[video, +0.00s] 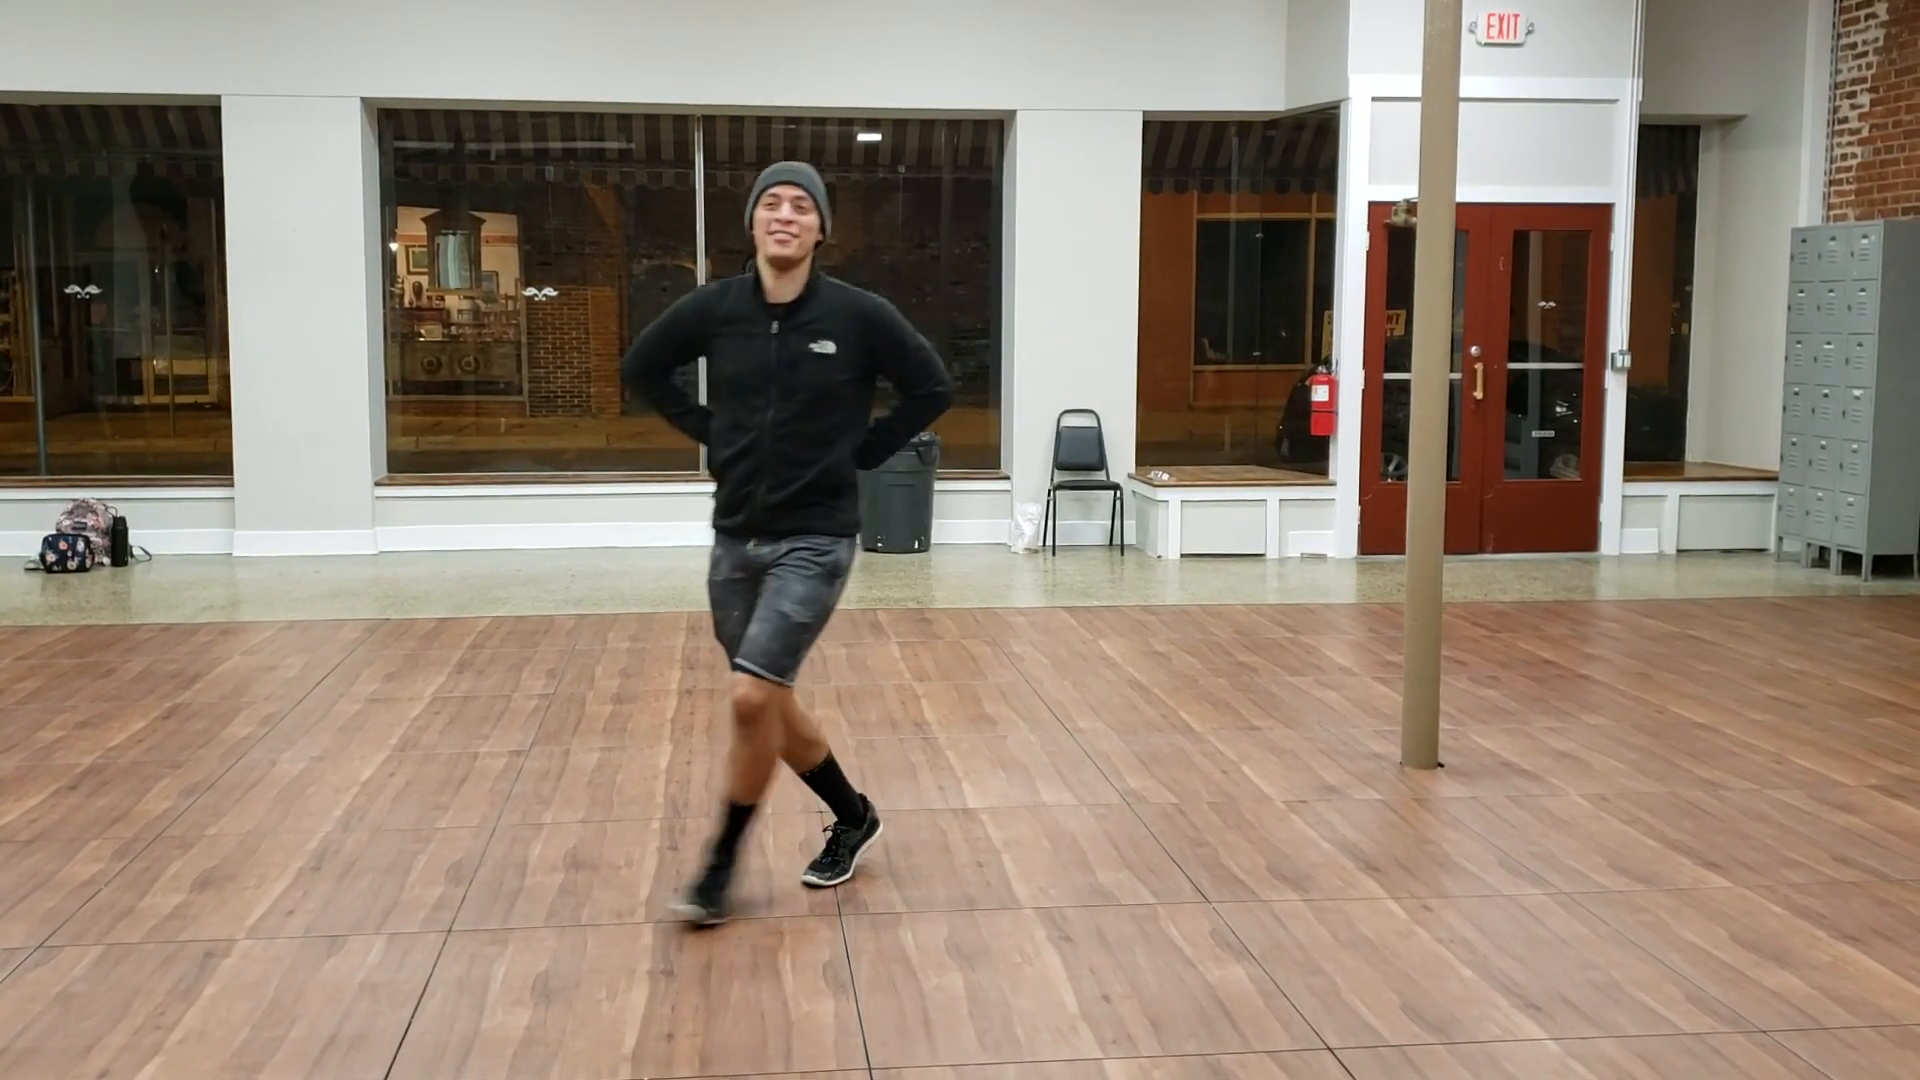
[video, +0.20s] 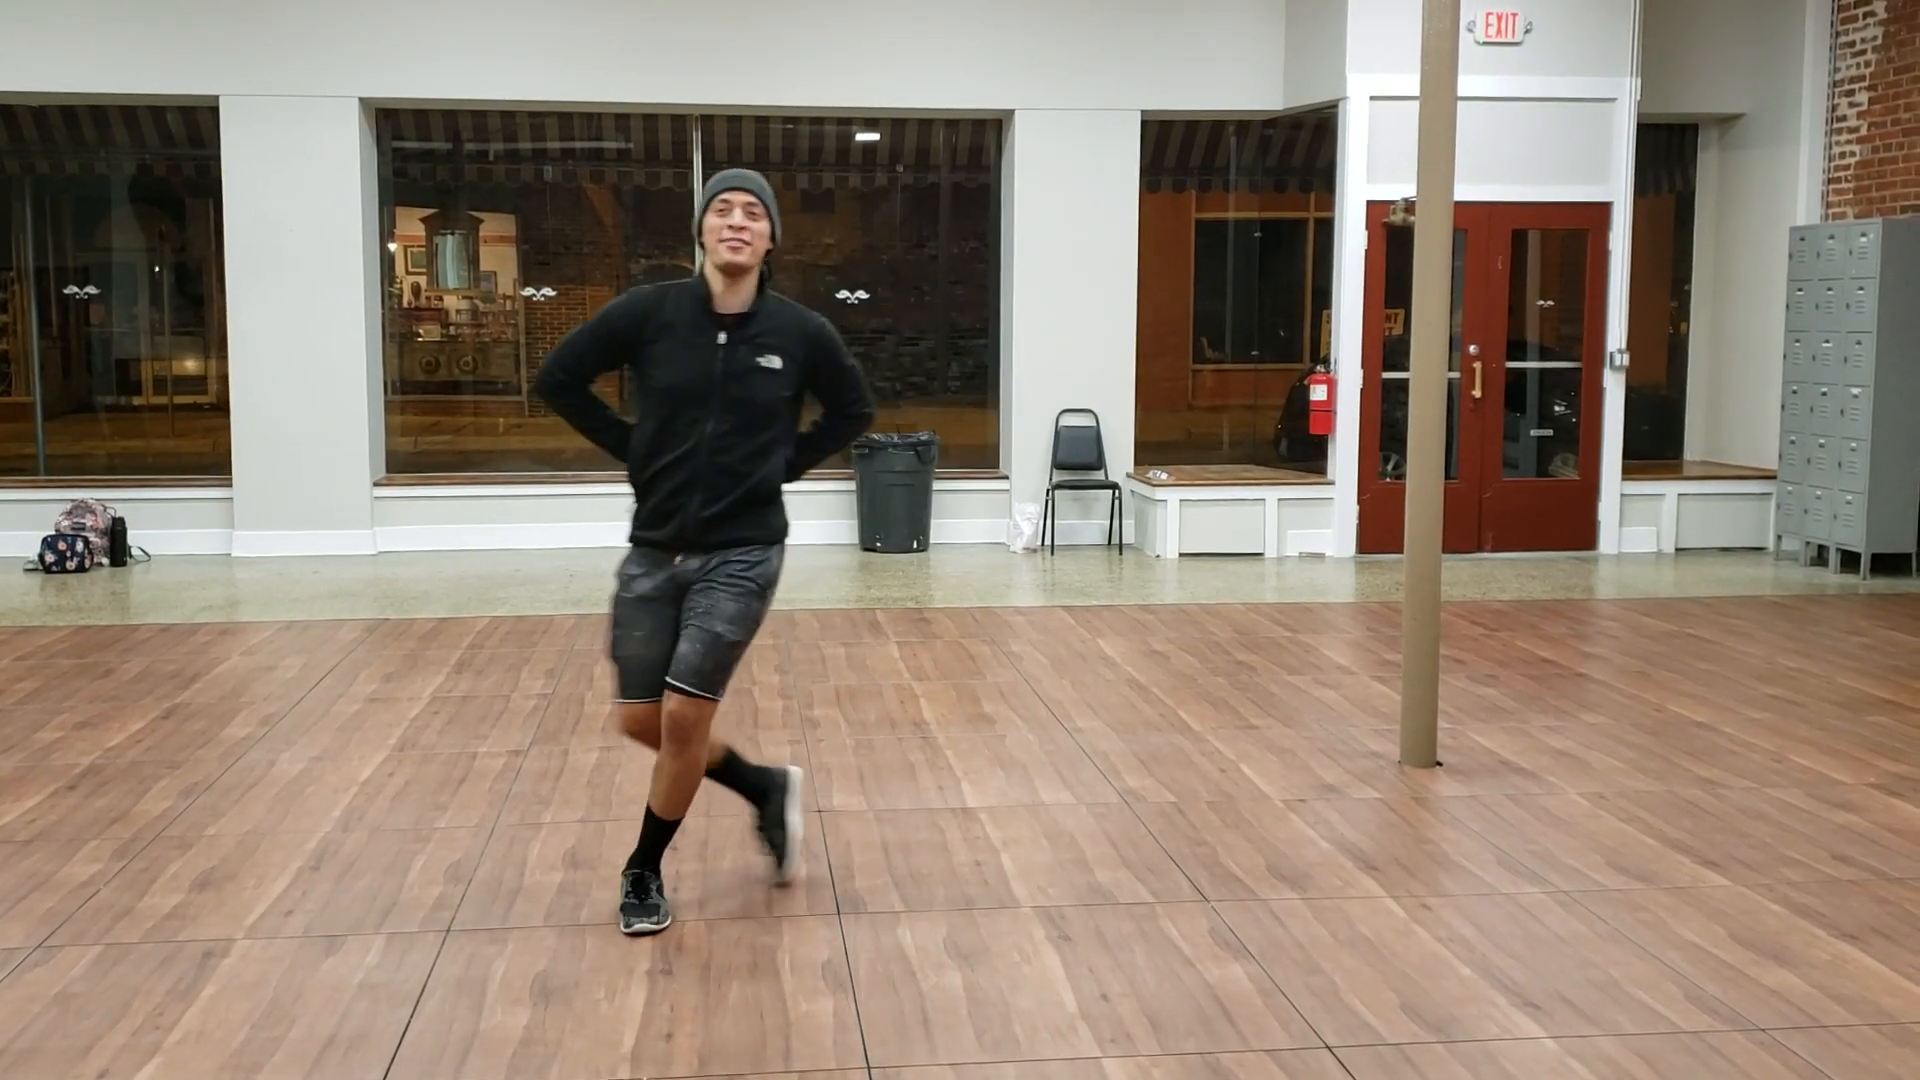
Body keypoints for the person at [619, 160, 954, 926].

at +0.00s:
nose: (785, 216)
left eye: (800, 207)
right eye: (772, 205)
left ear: (821, 229)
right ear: (751, 224)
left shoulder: (858, 314)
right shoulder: (713, 307)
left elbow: (932, 390)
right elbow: (640, 373)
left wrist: (857, 457)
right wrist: (710, 430)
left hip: (816, 538)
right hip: (735, 535)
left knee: (752, 694)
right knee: (763, 703)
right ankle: (852, 813)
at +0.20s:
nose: (737, 223)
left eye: (751, 215)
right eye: (724, 212)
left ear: (770, 239)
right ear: (699, 232)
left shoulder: (802, 332)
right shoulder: (648, 310)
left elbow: (854, 412)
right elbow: (556, 382)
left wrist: (783, 466)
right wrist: (633, 448)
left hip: (742, 546)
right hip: (654, 541)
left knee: (683, 714)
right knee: (637, 715)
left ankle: (644, 872)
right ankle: (764, 788)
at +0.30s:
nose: (708, 217)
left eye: (721, 208)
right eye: (694, 207)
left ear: (741, 231)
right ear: (670, 226)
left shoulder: (775, 325)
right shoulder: (620, 308)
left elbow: (824, 406)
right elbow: (520, 375)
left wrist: (752, 459)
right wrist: (602, 447)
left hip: (719, 548)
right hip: (623, 544)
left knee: (675, 718)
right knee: (575, 708)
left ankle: (642, 874)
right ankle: (680, 785)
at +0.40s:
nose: (674, 204)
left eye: (687, 192)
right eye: (660, 193)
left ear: (709, 213)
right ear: (636, 213)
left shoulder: (749, 305)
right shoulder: (589, 297)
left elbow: (793, 385)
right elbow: (488, 369)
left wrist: (727, 443)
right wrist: (578, 437)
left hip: (698, 540)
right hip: (597, 536)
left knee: (670, 707)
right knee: (540, 698)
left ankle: (641, 870)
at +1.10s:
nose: (671, 205)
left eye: (682, 194)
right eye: (653, 195)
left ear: (698, 214)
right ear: (625, 218)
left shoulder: (754, 291)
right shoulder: (593, 315)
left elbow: (832, 362)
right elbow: (509, 409)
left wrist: (770, 434)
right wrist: (608, 452)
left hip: (753, 539)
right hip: (651, 541)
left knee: (748, 713)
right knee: (615, 715)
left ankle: (722, 856)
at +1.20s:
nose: (705, 209)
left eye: (718, 198)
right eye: (688, 197)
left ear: (735, 220)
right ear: (660, 220)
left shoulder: (784, 299)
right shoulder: (627, 316)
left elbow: (865, 373)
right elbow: (543, 406)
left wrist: (799, 440)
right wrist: (641, 457)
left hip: (779, 546)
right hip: (682, 546)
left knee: (760, 723)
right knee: (688, 716)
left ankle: (724, 857)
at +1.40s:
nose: (762, 236)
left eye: (775, 223)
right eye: (745, 222)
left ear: (791, 241)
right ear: (714, 241)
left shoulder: (840, 324)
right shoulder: (677, 343)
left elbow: (924, 410)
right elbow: (615, 430)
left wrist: (854, 468)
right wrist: (707, 478)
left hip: (850, 568)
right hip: (752, 571)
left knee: (831, 753)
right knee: (800, 744)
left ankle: (744, 838)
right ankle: (872, 914)